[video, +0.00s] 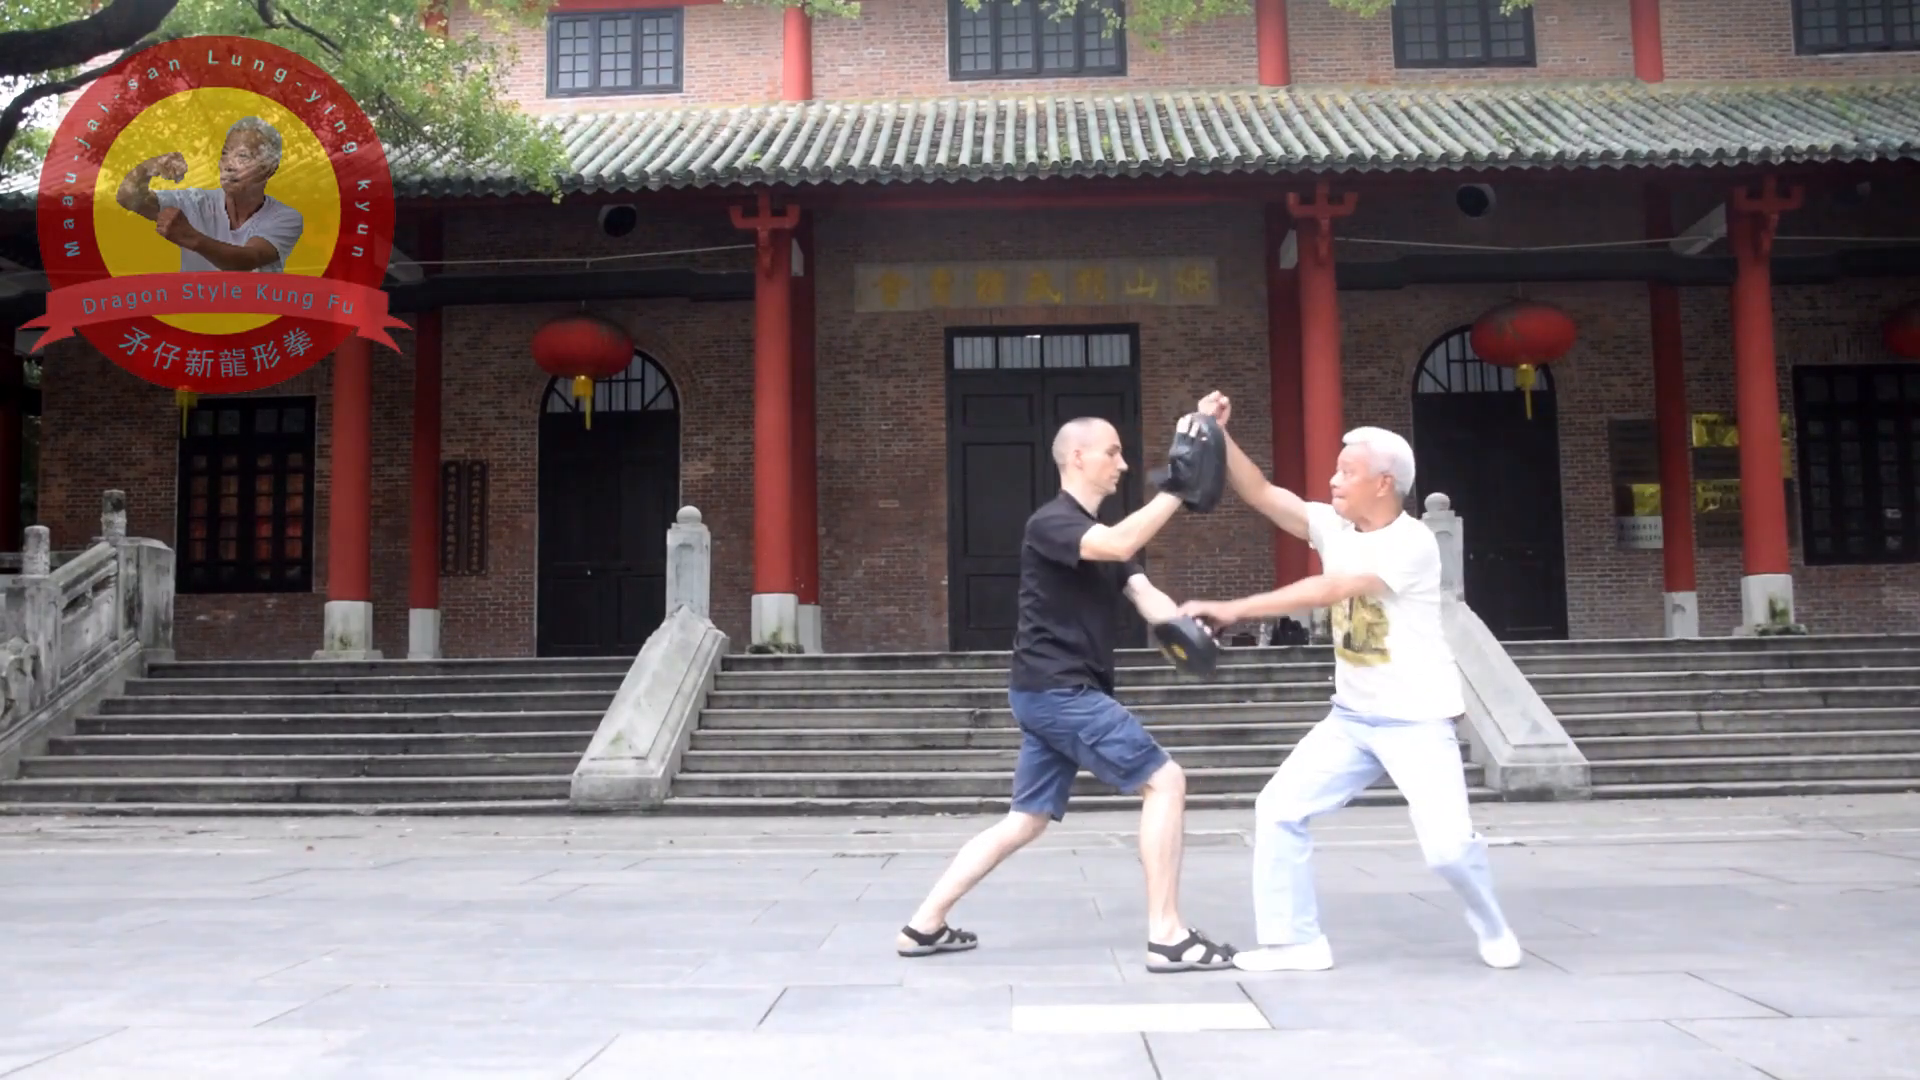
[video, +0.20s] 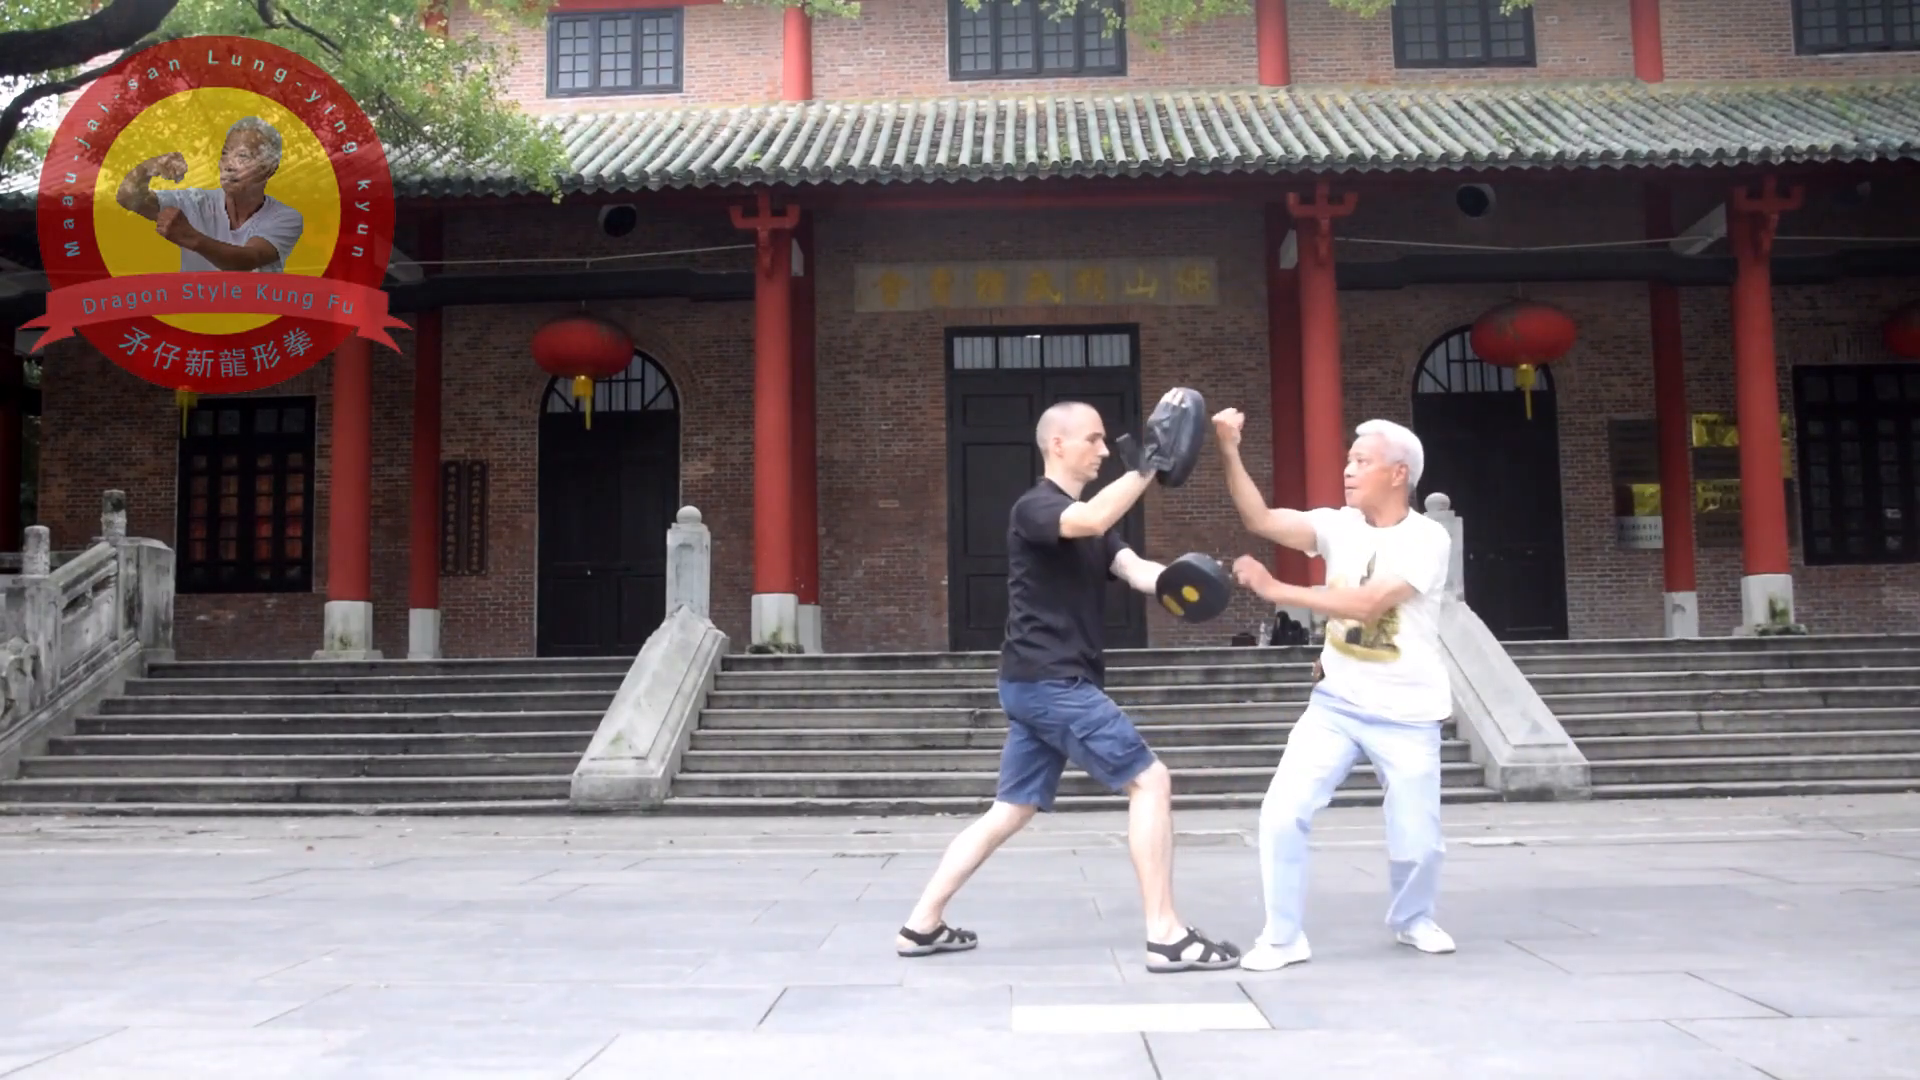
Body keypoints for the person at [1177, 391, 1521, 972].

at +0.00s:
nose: (1333, 483)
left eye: (1345, 473)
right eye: (1336, 472)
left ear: (1384, 484)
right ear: (1361, 482)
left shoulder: (1413, 544)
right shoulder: (1331, 526)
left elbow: (1331, 590)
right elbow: (1260, 492)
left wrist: (1236, 608)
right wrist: (1217, 435)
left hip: (1418, 724)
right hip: (1351, 717)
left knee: (1449, 850)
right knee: (1278, 808)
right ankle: (1298, 941)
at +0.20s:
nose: (1347, 470)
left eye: (1359, 462)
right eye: (1348, 461)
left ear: (1397, 475)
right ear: (1378, 474)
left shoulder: (1427, 539)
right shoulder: (1339, 524)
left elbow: (1367, 604)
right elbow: (1260, 520)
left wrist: (1275, 589)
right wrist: (1229, 450)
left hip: (1408, 716)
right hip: (1334, 706)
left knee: (1420, 844)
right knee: (1280, 814)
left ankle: (1413, 919)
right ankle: (1283, 936)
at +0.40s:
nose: (1335, 472)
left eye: (1348, 463)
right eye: (1336, 462)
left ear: (1386, 475)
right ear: (1342, 470)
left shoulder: (1420, 536)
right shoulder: (1325, 527)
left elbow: (1374, 608)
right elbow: (1256, 537)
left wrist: (1286, 598)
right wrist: (1217, 481)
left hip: (1408, 710)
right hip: (1334, 702)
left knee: (1425, 833)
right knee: (1303, 812)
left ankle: (1417, 921)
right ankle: (1270, 939)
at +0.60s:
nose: (1326, 474)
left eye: (1338, 465)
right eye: (1325, 465)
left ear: (1376, 476)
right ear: (1327, 471)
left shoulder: (1411, 536)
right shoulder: (1315, 528)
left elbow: (1366, 608)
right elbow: (1246, 540)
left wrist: (1282, 596)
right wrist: (1204, 489)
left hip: (1400, 706)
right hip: (1326, 700)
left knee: (1420, 831)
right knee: (1300, 811)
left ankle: (1417, 919)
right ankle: (1271, 938)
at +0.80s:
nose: (1305, 477)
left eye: (1315, 468)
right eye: (1305, 468)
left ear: (1355, 474)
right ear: (1324, 474)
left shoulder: (1398, 533)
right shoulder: (1303, 528)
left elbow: (1356, 608)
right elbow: (1237, 541)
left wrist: (1271, 597)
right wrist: (1192, 489)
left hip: (1394, 705)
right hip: (1320, 701)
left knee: (1416, 830)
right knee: (1296, 809)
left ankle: (1419, 919)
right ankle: (1271, 938)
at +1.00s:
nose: (1291, 481)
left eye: (1301, 471)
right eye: (1291, 471)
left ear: (1340, 476)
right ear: (1315, 477)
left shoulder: (1387, 532)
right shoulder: (1293, 530)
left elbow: (1343, 604)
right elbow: (1227, 543)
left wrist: (1256, 595)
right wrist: (1178, 490)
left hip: (1389, 705)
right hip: (1317, 703)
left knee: (1415, 827)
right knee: (1294, 812)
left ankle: (1418, 920)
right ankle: (1271, 939)